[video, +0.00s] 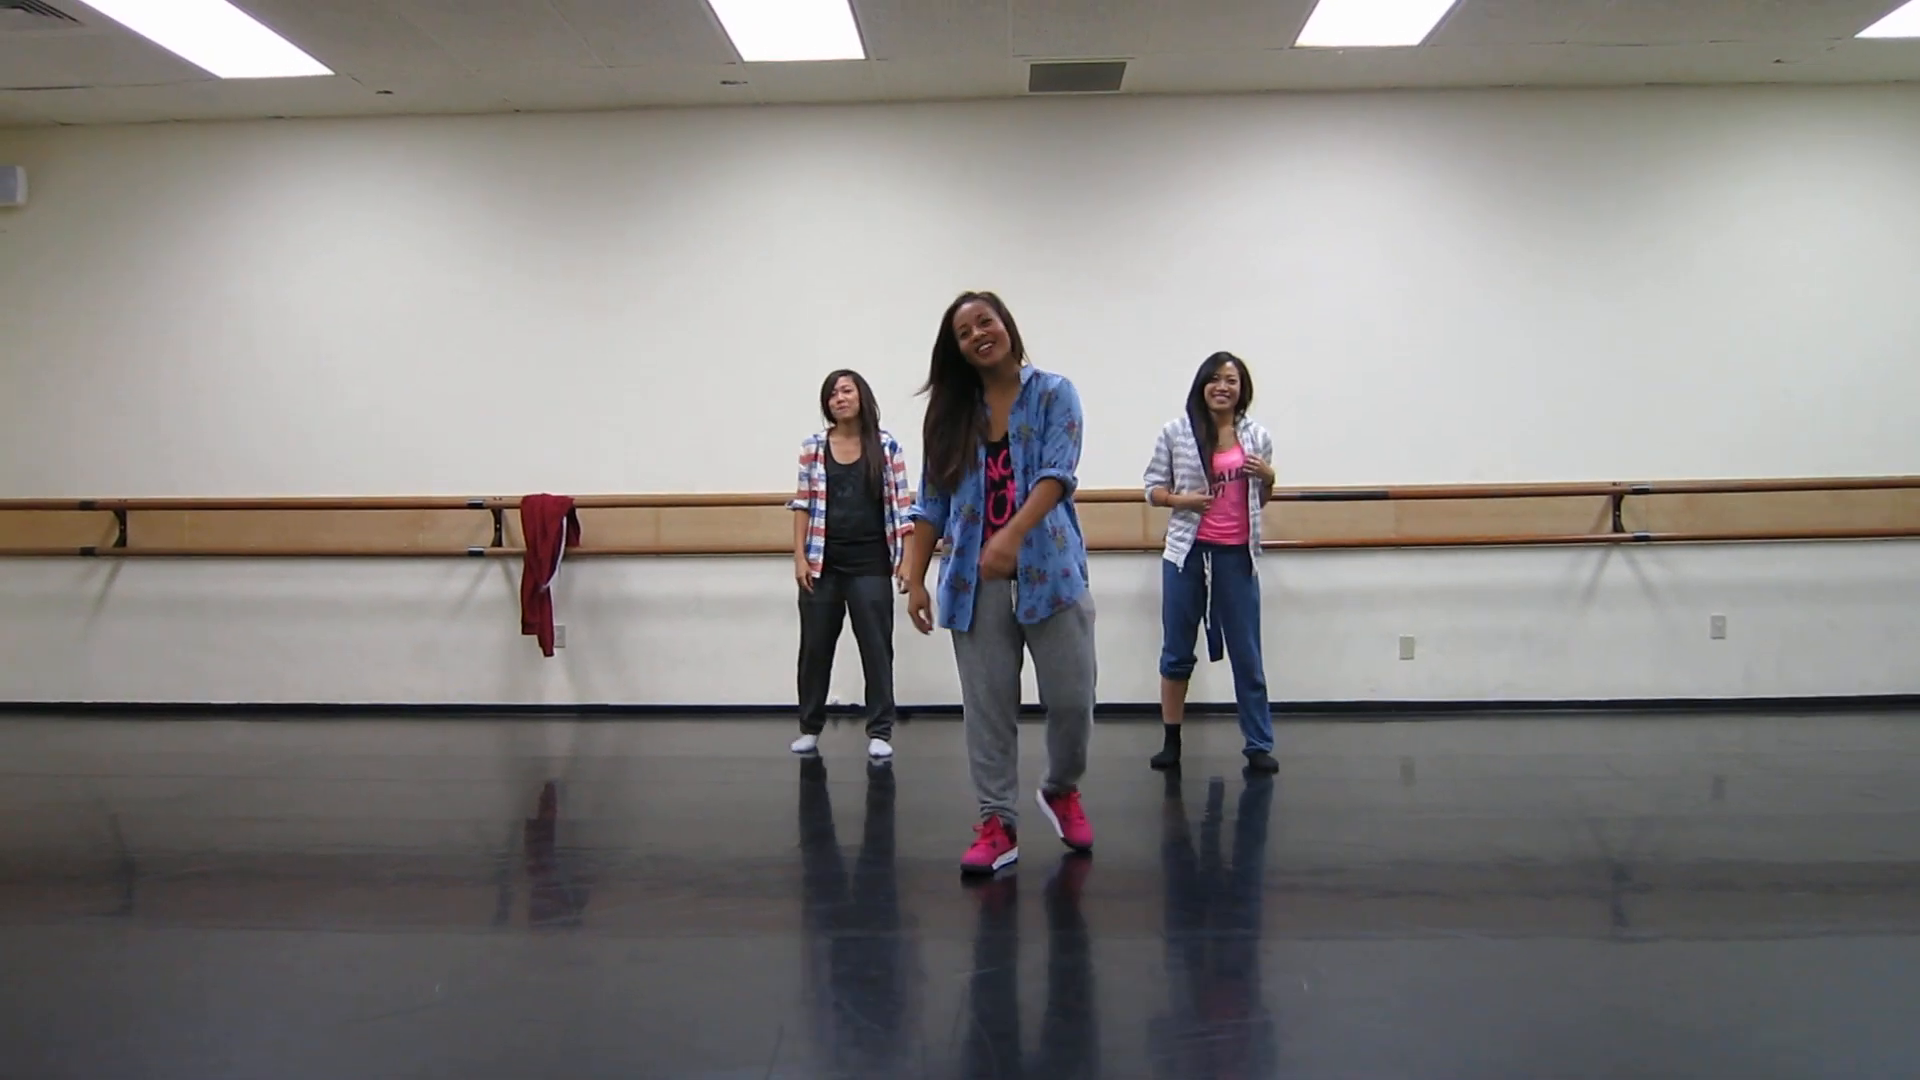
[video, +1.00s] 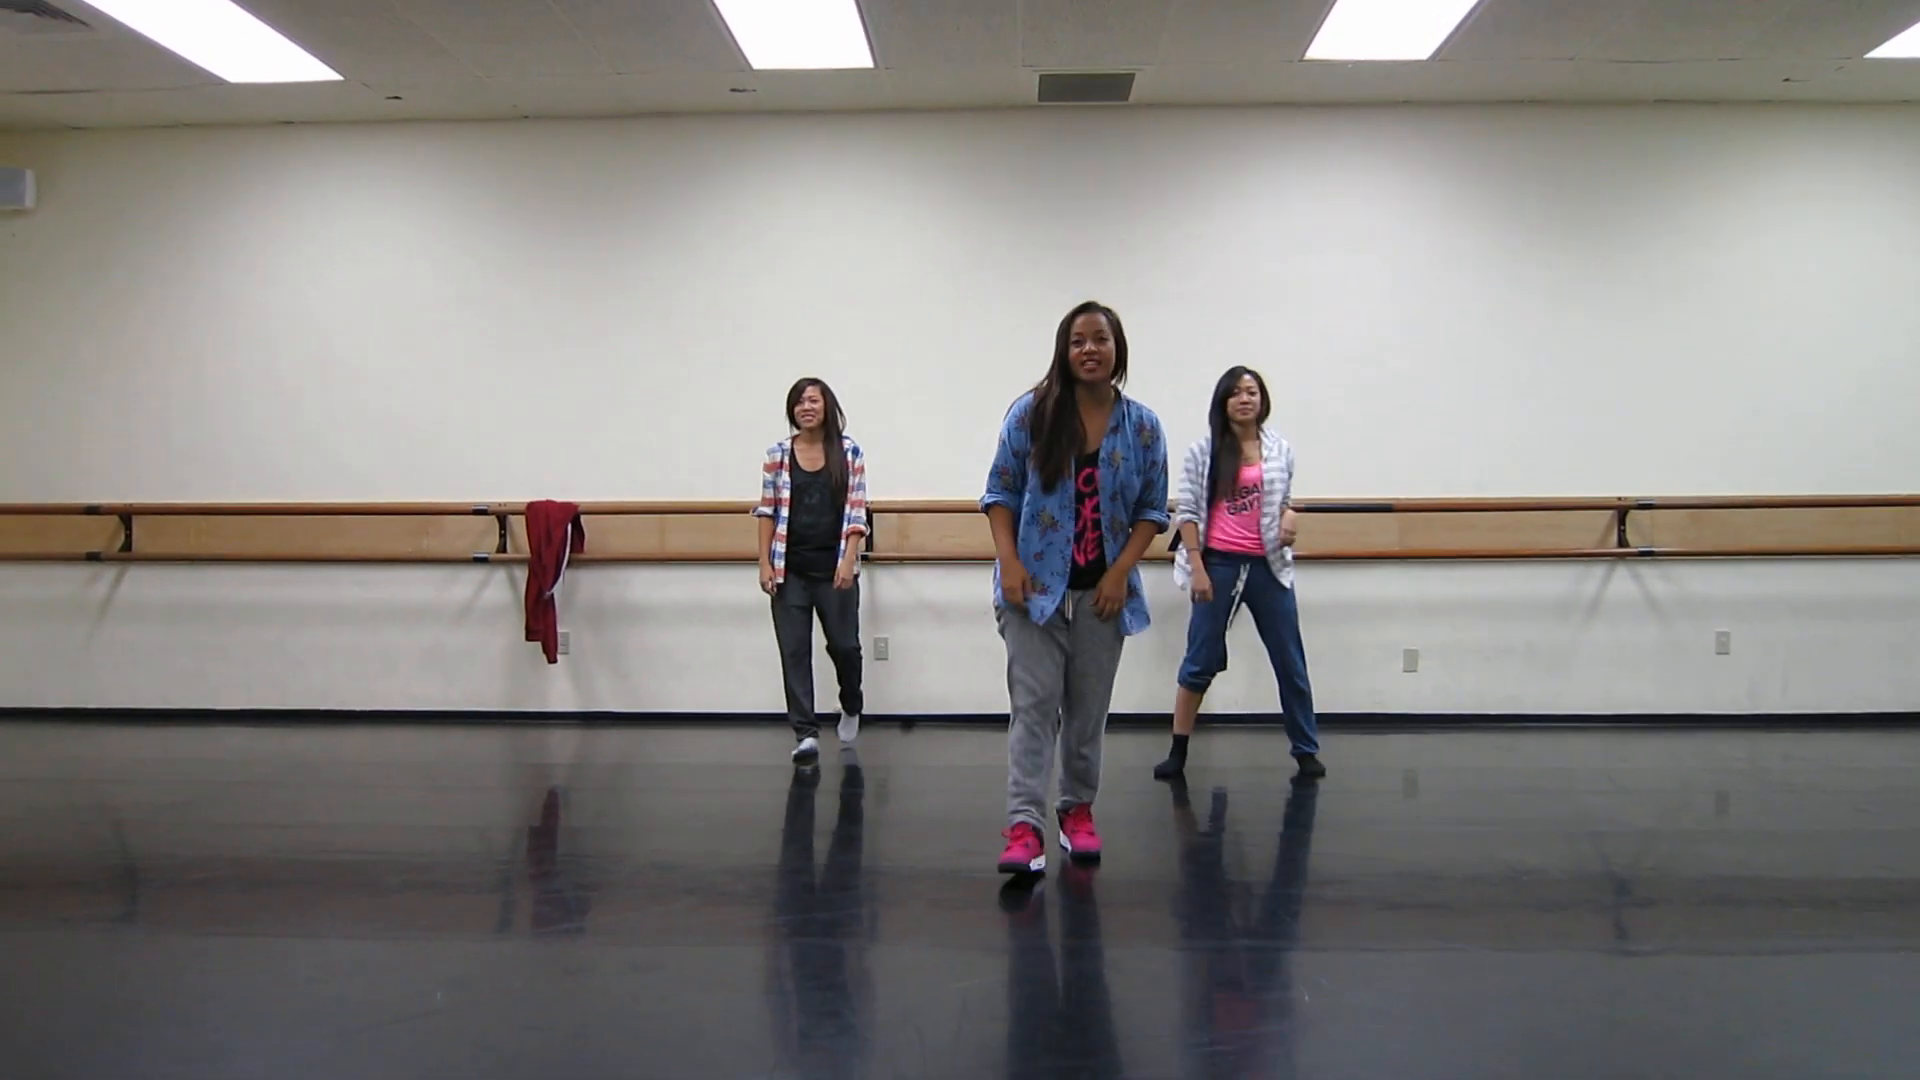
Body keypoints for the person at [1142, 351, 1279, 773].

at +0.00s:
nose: (1222, 387)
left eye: (1231, 381)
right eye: (1215, 380)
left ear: (1243, 389)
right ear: (1201, 387)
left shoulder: (1255, 436)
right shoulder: (1175, 434)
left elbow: (1261, 499)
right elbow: (1153, 491)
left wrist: (1267, 476)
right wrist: (1183, 499)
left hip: (1236, 555)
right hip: (1185, 553)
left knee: (1247, 657)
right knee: (1177, 653)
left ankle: (1258, 747)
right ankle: (1171, 743)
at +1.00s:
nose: (1245, 399)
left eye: (1252, 392)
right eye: (1236, 393)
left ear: (1263, 400)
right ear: (1222, 403)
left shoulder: (1280, 449)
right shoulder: (1202, 451)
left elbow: (1287, 503)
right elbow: (1186, 513)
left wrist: (1291, 514)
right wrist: (1197, 567)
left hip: (1268, 565)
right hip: (1216, 564)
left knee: (1290, 661)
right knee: (1201, 660)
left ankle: (1306, 752)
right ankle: (1177, 751)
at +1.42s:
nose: (1297, 393)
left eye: (1304, 386)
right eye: (1288, 388)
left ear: (1315, 394)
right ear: (1275, 398)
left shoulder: (1335, 441)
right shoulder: (1256, 446)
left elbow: (1347, 488)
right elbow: (1243, 509)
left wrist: (1353, 502)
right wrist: (1243, 563)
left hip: (1318, 559)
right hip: (1269, 557)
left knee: (1315, 659)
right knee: (1260, 652)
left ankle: (1311, 749)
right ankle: (1240, 736)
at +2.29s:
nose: (1270, 400)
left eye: (1278, 393)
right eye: (1261, 394)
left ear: (1291, 402)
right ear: (1249, 404)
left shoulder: (1310, 450)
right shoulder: (1230, 452)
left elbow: (1325, 512)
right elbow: (1219, 517)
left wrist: (1336, 567)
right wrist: (1222, 574)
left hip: (1295, 568)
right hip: (1243, 567)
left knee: (1302, 667)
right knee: (1226, 665)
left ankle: (1307, 754)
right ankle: (1208, 752)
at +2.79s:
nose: (1228, 398)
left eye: (1235, 391)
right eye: (1218, 393)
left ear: (1247, 400)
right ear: (1204, 405)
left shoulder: (1268, 449)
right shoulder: (1191, 453)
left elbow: (1283, 507)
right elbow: (1163, 512)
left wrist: (1294, 557)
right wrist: (1166, 565)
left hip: (1257, 573)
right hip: (1203, 574)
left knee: (1275, 662)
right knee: (1199, 668)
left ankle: (1270, 764)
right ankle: (1197, 755)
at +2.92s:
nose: (1233, 397)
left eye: (1240, 390)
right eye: (1223, 393)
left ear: (1253, 399)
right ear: (1210, 406)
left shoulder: (1275, 445)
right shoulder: (1198, 450)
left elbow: (1303, 484)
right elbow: (1171, 487)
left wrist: (1322, 512)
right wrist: (1156, 520)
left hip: (1262, 579)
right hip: (1209, 577)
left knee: (1270, 679)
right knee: (1201, 676)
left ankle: (1270, 780)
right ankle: (1200, 751)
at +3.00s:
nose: (1248, 393)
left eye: (1253, 386)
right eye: (1237, 388)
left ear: (1262, 398)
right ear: (1213, 404)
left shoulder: (1278, 438)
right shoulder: (1198, 451)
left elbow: (1301, 474)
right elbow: (1159, 496)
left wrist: (1332, 474)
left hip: (1268, 574)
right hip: (1214, 574)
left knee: (1275, 678)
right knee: (1217, 671)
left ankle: (1271, 777)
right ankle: (1216, 710)